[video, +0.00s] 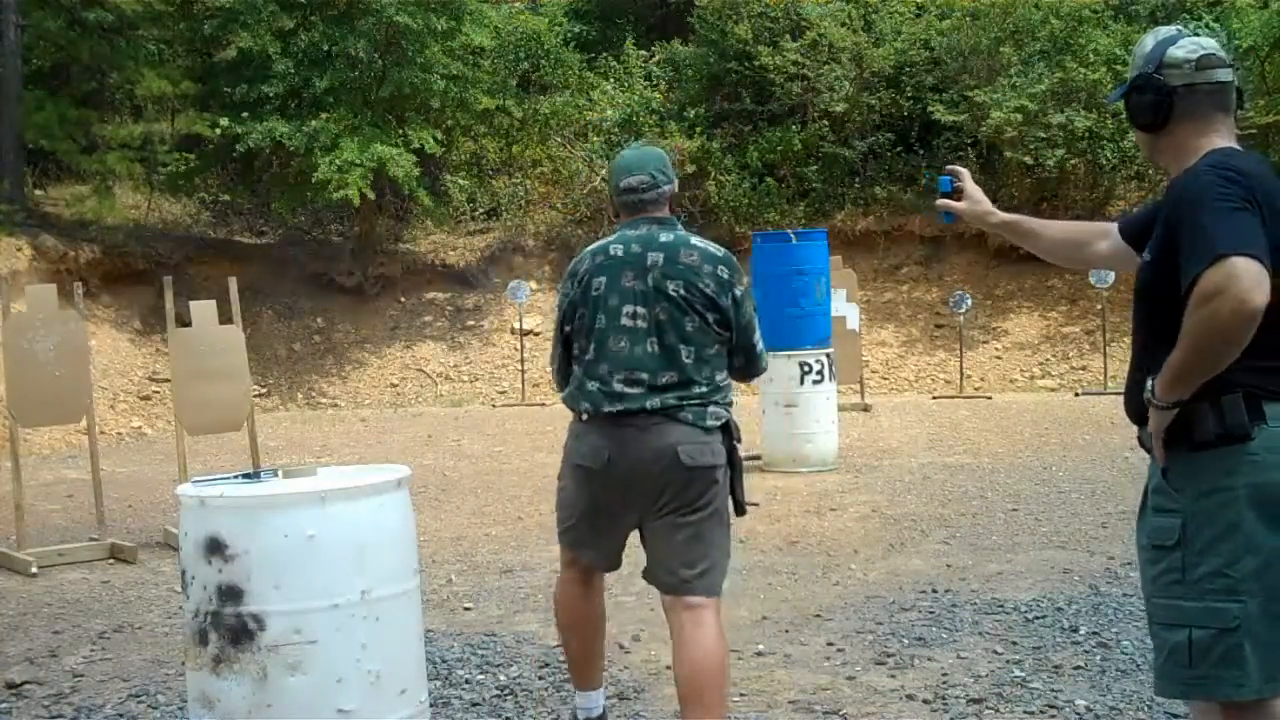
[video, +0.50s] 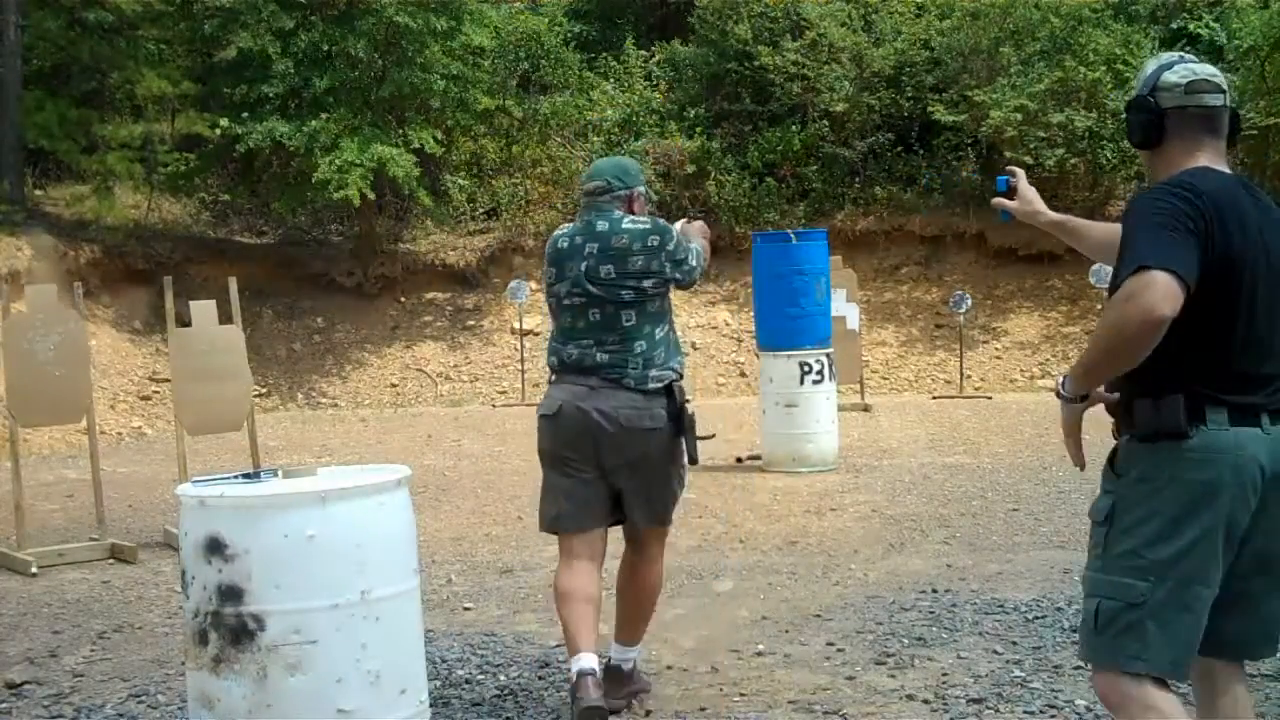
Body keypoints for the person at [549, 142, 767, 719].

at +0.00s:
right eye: (673, 189)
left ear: (615, 201)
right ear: (673, 195)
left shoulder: (586, 265)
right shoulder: (715, 262)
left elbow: (564, 368)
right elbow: (749, 361)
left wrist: (621, 378)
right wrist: (688, 347)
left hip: (599, 443)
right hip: (690, 443)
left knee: (581, 569)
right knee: (694, 601)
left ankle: (588, 708)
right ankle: (707, 715)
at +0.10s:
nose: (655, 209)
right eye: (657, 201)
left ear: (600, 211)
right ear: (656, 205)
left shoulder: (573, 272)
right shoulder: (695, 265)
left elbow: (551, 370)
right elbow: (735, 361)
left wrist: (597, 396)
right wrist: (685, 346)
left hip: (589, 441)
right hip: (676, 439)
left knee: (585, 577)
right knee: (689, 593)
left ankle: (589, 708)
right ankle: (703, 714)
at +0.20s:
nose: (652, 212)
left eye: (645, 205)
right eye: (650, 204)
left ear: (590, 211)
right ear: (642, 208)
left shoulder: (561, 263)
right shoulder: (676, 259)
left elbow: (552, 350)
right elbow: (718, 347)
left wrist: (609, 332)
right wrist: (682, 311)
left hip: (573, 432)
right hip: (656, 433)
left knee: (579, 575)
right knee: (689, 574)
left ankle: (586, 708)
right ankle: (696, 696)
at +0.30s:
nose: (646, 209)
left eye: (640, 202)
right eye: (644, 202)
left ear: (584, 207)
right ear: (635, 205)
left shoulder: (557, 254)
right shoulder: (660, 249)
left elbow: (574, 316)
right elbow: (702, 314)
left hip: (566, 425)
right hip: (645, 428)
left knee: (577, 575)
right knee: (679, 557)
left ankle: (585, 708)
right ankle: (665, 654)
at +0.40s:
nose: (644, 206)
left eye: (640, 198)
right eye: (642, 198)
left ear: (585, 202)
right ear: (633, 202)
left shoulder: (555, 248)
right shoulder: (654, 240)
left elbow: (597, 283)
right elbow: (696, 277)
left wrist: (660, 245)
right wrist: (692, 248)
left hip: (562, 412)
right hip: (640, 415)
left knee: (580, 565)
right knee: (667, 539)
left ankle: (587, 706)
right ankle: (639, 672)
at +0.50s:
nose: (646, 204)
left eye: (642, 197)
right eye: (644, 197)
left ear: (588, 200)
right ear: (634, 200)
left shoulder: (558, 244)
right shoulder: (654, 236)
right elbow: (690, 267)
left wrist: (663, 237)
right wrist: (693, 237)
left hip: (568, 399)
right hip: (642, 405)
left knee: (577, 551)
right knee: (645, 543)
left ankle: (585, 678)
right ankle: (622, 667)